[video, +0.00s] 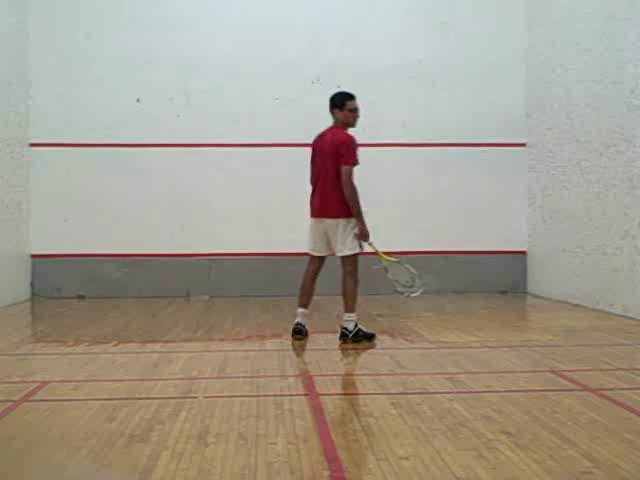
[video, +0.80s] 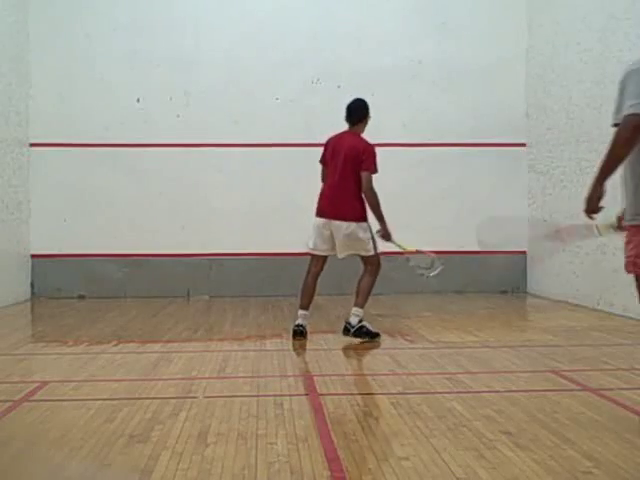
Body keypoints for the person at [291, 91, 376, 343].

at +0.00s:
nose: (356, 115)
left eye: (356, 110)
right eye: (352, 110)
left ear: (337, 113)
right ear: (337, 112)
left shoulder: (319, 140)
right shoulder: (346, 140)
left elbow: (314, 180)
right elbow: (347, 182)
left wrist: (322, 206)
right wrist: (360, 221)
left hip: (318, 212)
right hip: (342, 212)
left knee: (313, 265)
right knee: (350, 268)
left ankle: (300, 320)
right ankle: (349, 324)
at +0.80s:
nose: (368, 121)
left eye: (365, 117)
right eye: (368, 117)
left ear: (346, 118)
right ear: (366, 119)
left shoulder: (332, 142)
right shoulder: (365, 148)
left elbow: (325, 178)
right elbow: (367, 188)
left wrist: (341, 199)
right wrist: (383, 224)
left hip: (324, 213)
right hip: (350, 216)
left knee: (314, 267)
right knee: (372, 265)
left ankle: (300, 321)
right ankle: (355, 320)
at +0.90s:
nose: (377, 124)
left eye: (372, 121)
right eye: (377, 121)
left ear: (356, 120)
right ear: (376, 122)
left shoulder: (342, 143)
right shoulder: (372, 151)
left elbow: (329, 170)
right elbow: (374, 191)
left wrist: (347, 187)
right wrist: (394, 223)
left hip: (335, 217)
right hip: (358, 220)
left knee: (326, 268)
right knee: (373, 269)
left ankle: (305, 317)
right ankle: (354, 324)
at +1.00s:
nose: (391, 131)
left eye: (389, 127)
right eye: (391, 127)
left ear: (371, 126)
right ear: (389, 129)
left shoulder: (355, 146)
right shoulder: (382, 157)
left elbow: (334, 162)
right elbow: (385, 197)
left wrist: (335, 176)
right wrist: (409, 226)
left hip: (343, 218)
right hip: (364, 222)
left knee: (351, 265)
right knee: (378, 272)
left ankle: (328, 303)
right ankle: (354, 324)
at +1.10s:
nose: (406, 143)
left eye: (406, 139)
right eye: (406, 139)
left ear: (387, 136)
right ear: (403, 140)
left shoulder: (367, 150)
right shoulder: (392, 165)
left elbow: (338, 156)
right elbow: (395, 203)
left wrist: (326, 167)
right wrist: (425, 224)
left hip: (347, 218)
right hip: (366, 224)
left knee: (367, 268)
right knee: (381, 273)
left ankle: (360, 312)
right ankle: (355, 323)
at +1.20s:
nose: (420, 156)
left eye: (420, 152)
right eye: (420, 152)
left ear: (402, 147)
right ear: (416, 152)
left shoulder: (381, 158)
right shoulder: (402, 172)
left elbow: (350, 154)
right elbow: (405, 206)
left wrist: (325, 159)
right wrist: (440, 218)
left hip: (352, 221)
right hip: (367, 227)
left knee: (385, 267)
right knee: (382, 277)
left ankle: (394, 309)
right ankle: (354, 323)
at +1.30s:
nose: (429, 173)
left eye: (430, 169)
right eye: (430, 169)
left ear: (413, 162)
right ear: (426, 167)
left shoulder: (392, 169)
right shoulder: (411, 183)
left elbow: (361, 161)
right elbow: (417, 215)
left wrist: (332, 162)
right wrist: (455, 219)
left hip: (360, 228)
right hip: (373, 234)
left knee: (395, 268)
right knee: (388, 282)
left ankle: (408, 313)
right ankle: (357, 321)